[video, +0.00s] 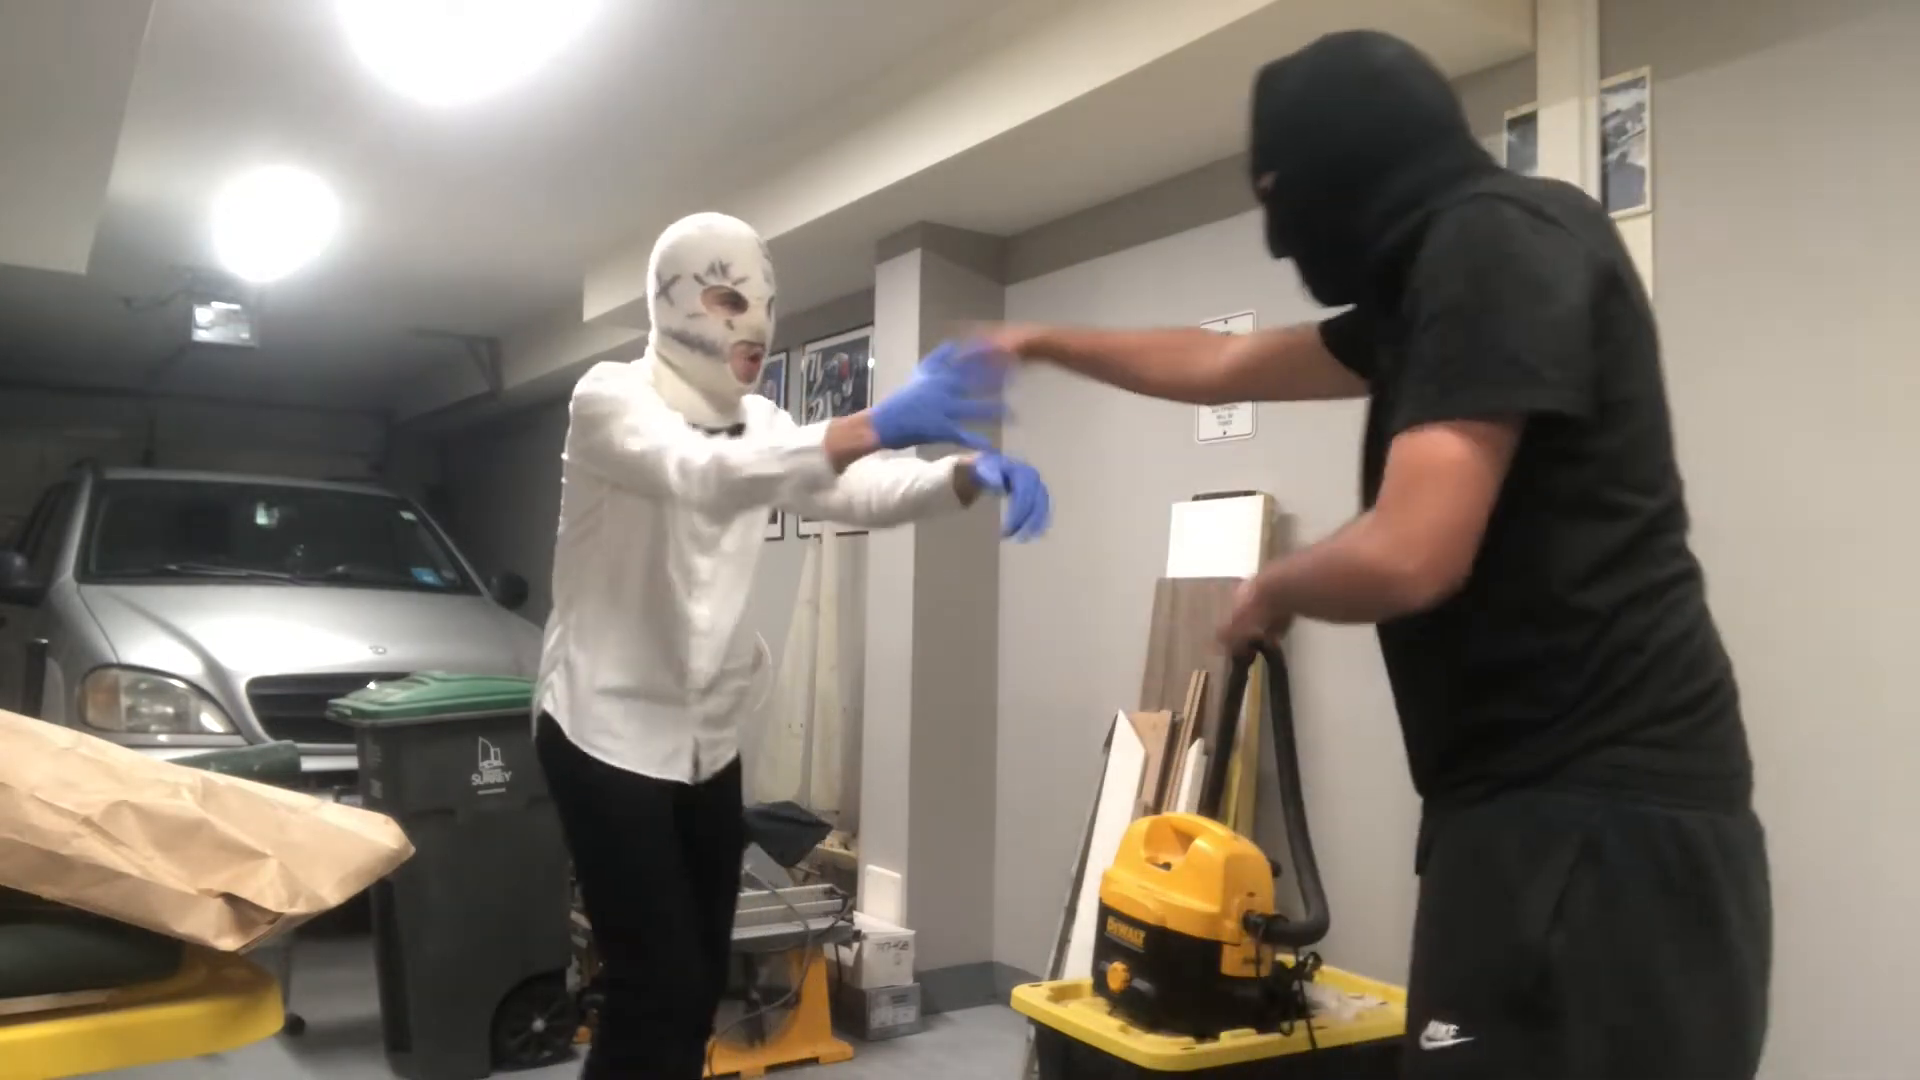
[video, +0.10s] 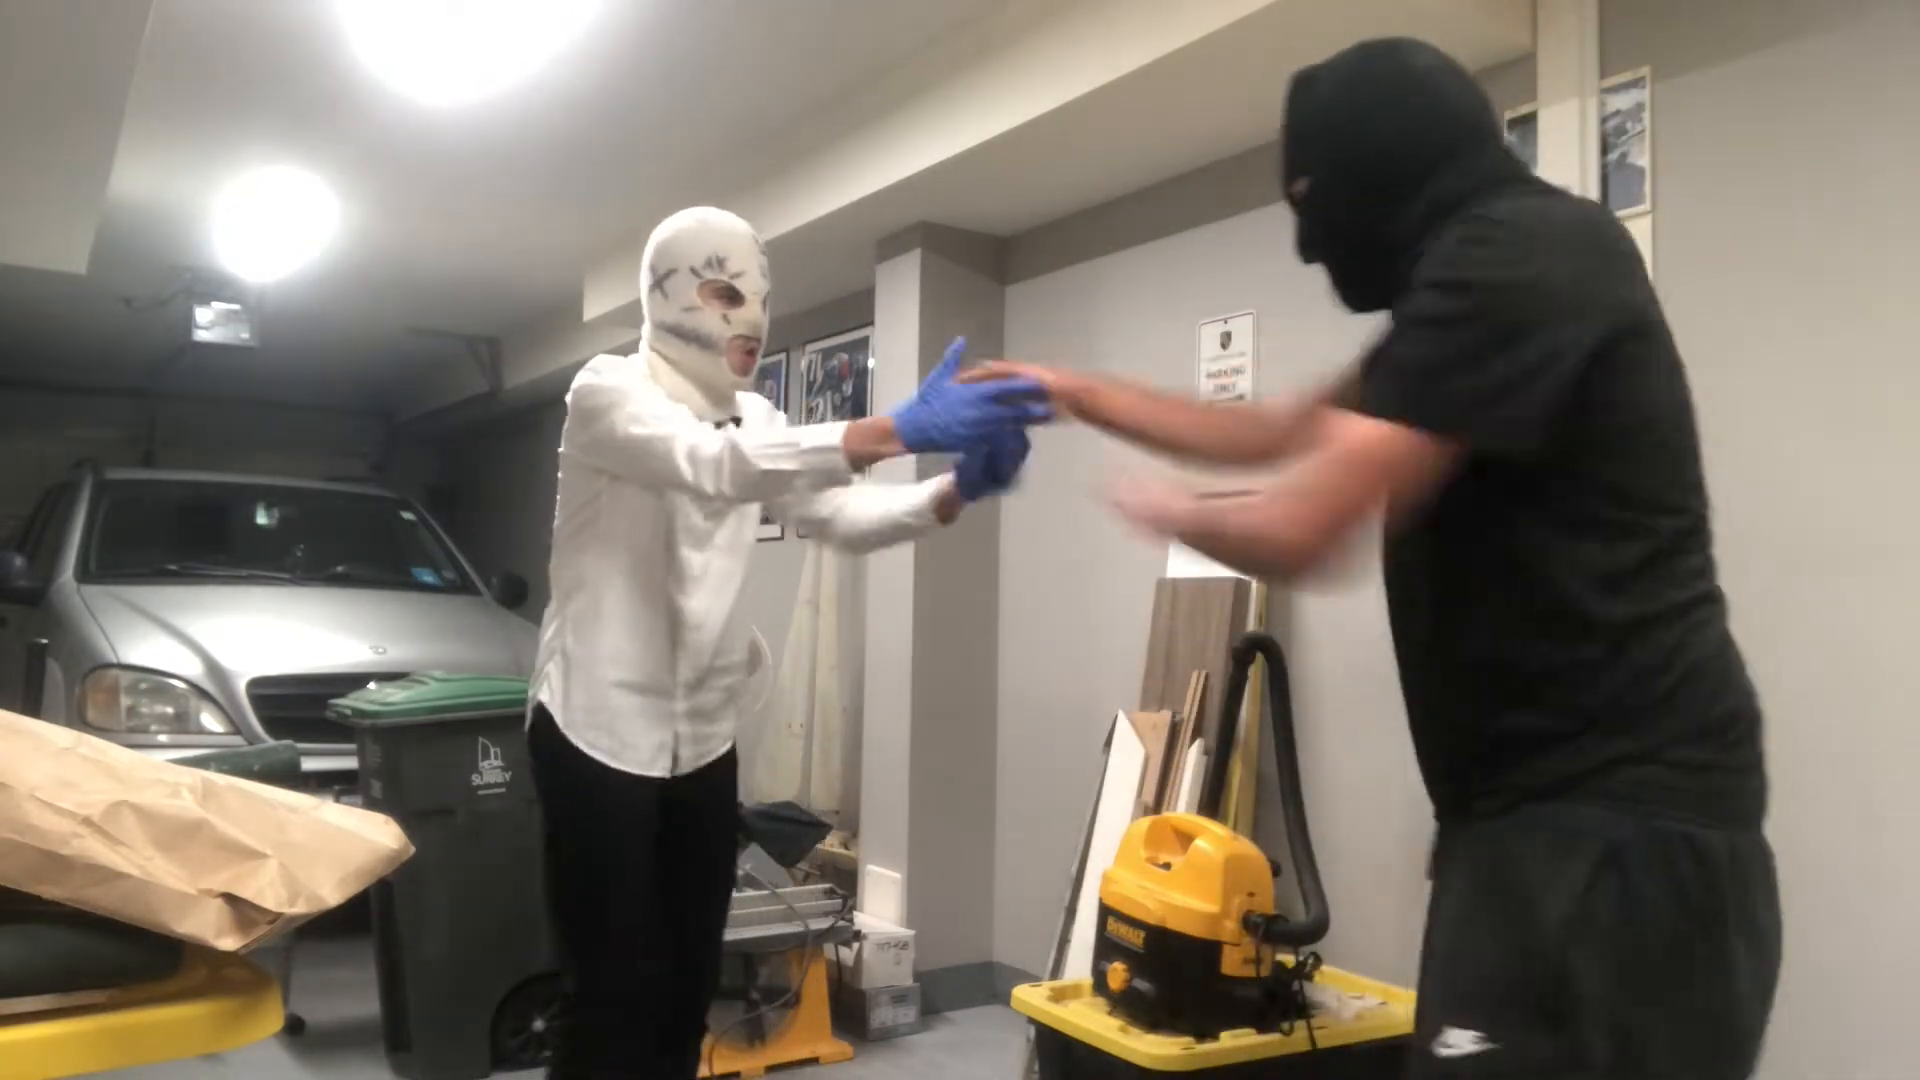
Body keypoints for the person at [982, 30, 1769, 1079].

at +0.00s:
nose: (1276, 233)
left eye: (1276, 194)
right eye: (1267, 202)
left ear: (1339, 164)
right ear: (1361, 165)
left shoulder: (1497, 240)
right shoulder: (1438, 281)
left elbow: (1408, 556)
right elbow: (1232, 360)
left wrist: (1277, 585)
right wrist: (1036, 341)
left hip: (1595, 841)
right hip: (1519, 831)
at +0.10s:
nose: (1298, 215)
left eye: (1307, 182)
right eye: (1296, 187)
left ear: (1374, 166)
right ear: (1409, 156)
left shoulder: (1517, 261)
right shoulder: (1491, 266)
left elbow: (1297, 529)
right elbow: (1274, 434)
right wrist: (1072, 393)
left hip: (1607, 843)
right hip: (1543, 829)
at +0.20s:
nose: (1323, 218)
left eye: (1329, 190)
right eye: (1322, 193)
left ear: (1384, 167)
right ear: (1464, 151)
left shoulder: (1468, 255)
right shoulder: (1561, 283)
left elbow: (1147, 410)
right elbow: (1323, 507)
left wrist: (993, 436)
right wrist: (1148, 447)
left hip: (1621, 836)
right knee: (1453, 1053)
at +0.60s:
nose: (1310, 279)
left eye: (1309, 256)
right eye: (1305, 259)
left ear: (1351, 232)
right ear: (1458, 197)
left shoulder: (1415, 313)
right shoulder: (1593, 303)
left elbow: (1130, 482)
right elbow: (1364, 487)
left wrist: (1072, 450)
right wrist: (1166, 438)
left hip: (1612, 853)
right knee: (1454, 1067)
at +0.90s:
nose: (1325, 268)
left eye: (1323, 238)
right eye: (1316, 244)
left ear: (1372, 207)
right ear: (1466, 184)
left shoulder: (1418, 299)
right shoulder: (1585, 297)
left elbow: (1171, 492)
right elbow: (1434, 559)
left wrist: (1097, 423)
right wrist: (1234, 486)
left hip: (1549, 864)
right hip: (1694, 850)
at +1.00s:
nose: (1338, 254)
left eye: (1337, 227)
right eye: (1333, 232)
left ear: (1376, 199)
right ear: (1486, 178)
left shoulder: (1408, 294)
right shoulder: (1617, 302)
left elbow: (1158, 474)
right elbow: (1446, 577)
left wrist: (1013, 485)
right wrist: (1287, 473)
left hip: (1533, 831)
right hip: (1674, 810)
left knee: (1485, 1059)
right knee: (1634, 1061)